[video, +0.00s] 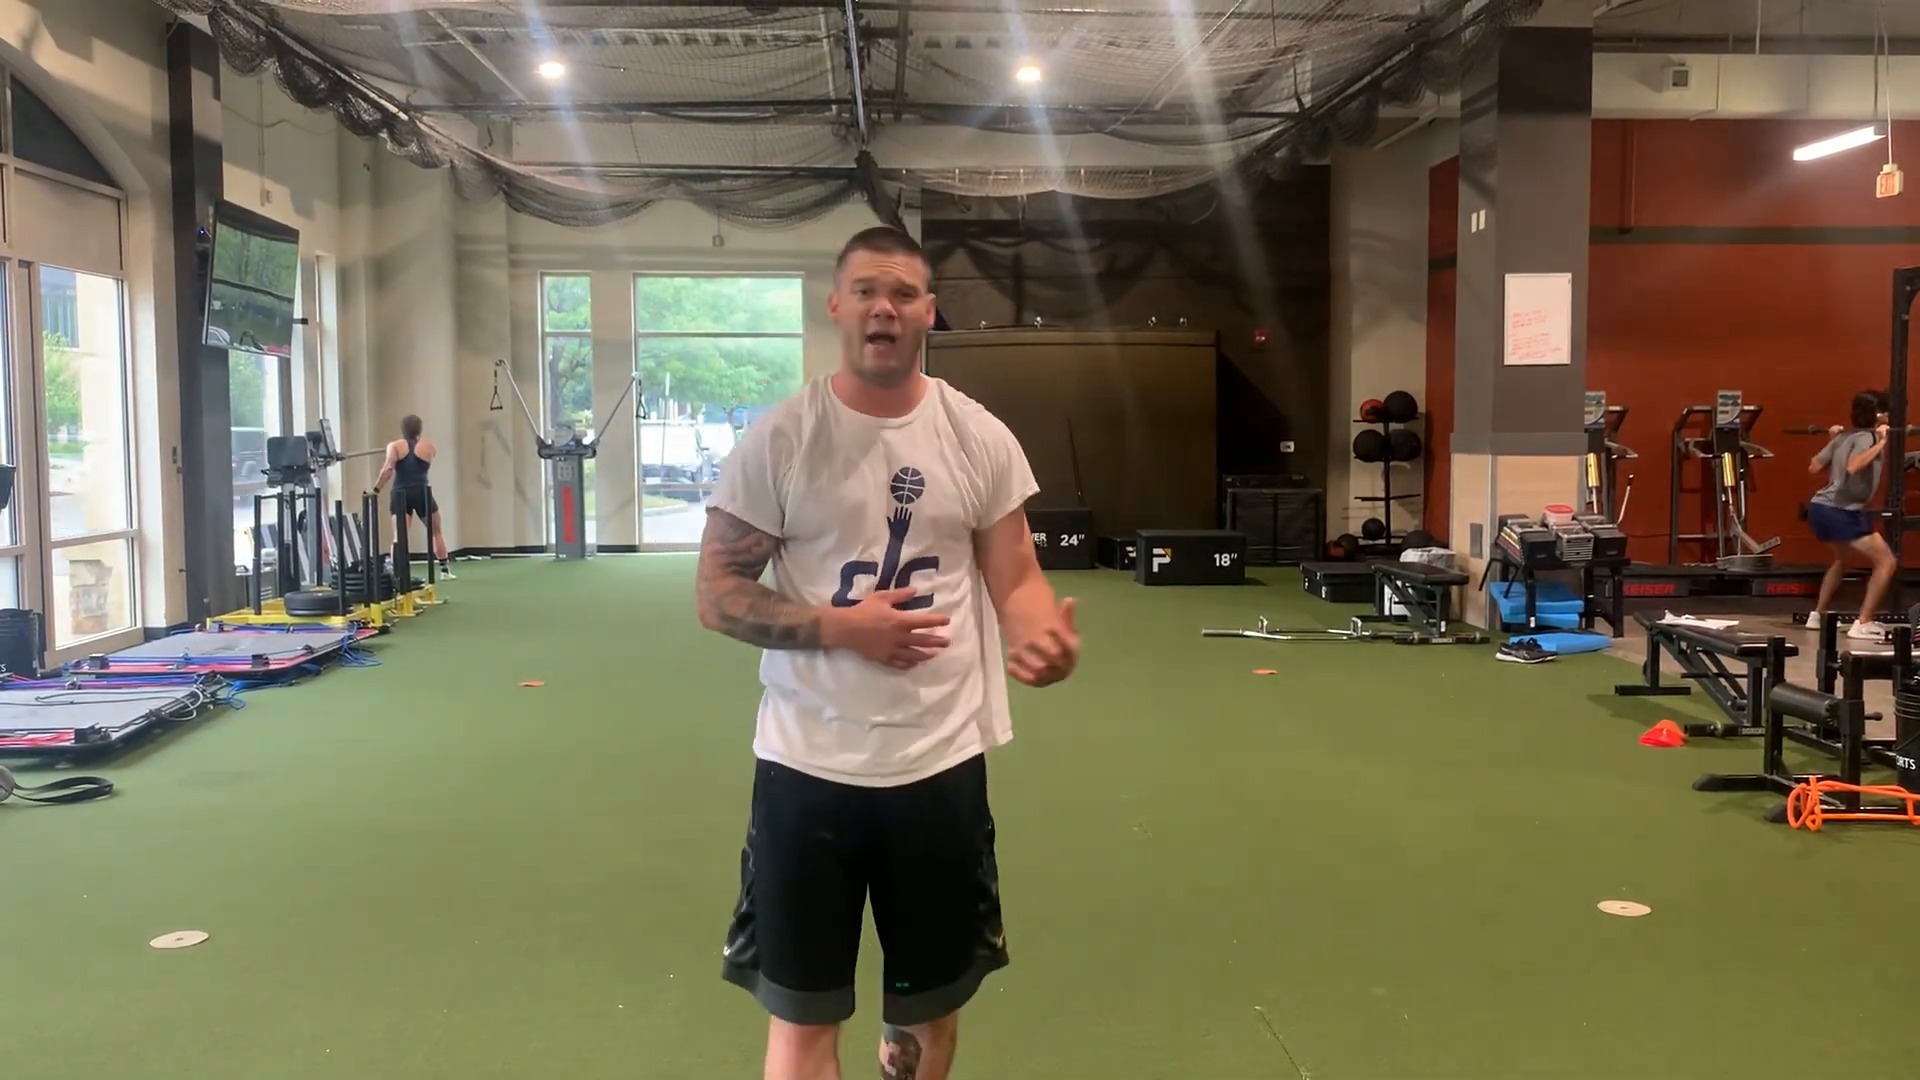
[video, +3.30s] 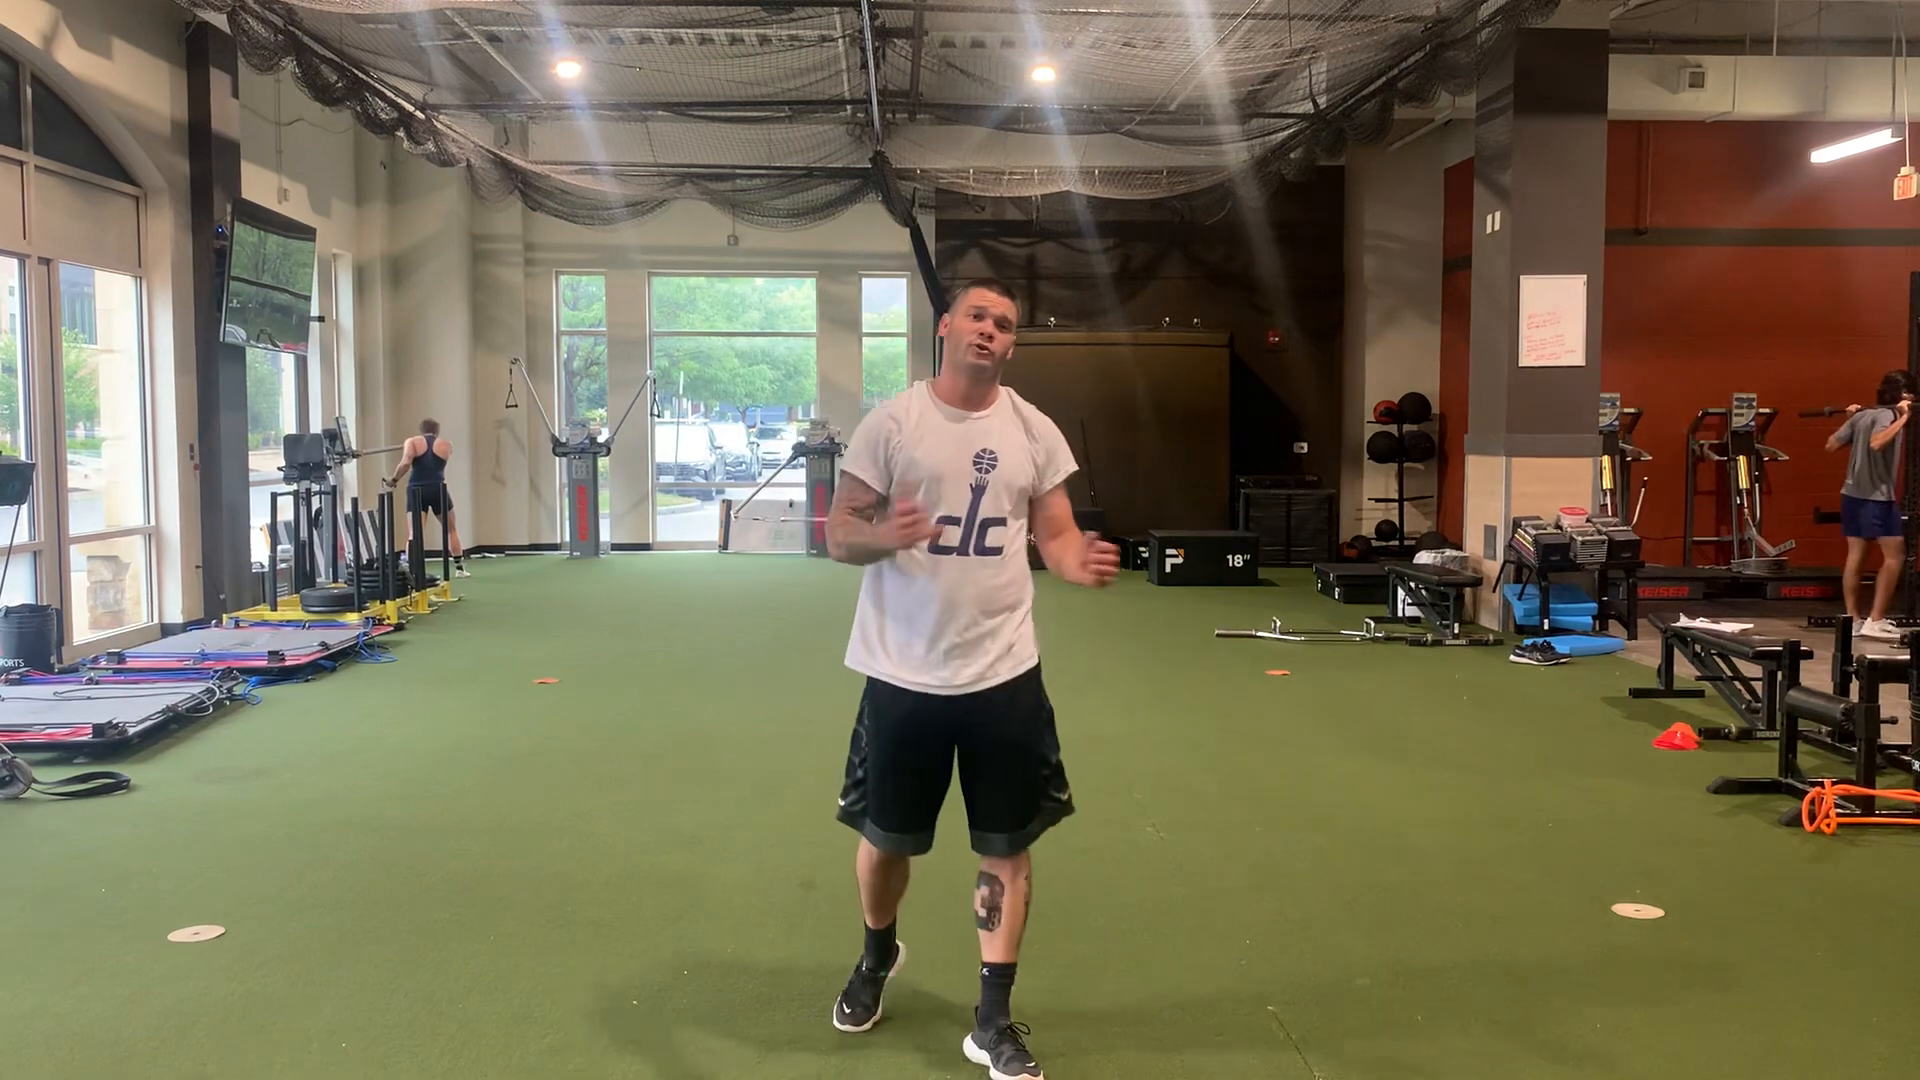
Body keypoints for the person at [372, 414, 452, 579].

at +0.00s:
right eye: (418, 428)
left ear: (403, 430)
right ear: (420, 430)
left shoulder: (394, 447)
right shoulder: (429, 448)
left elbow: (388, 469)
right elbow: (423, 467)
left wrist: (377, 488)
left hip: (400, 493)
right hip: (422, 492)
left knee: (398, 536)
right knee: (436, 532)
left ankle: (394, 571)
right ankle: (445, 569)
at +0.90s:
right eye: (423, 433)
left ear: (407, 433)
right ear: (424, 434)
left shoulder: (398, 449)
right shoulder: (432, 451)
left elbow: (390, 473)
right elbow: (429, 470)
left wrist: (387, 467)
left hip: (404, 496)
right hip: (425, 495)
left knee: (401, 539)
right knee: (439, 535)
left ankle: (396, 573)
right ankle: (448, 573)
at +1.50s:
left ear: (414, 437)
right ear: (431, 437)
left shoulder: (405, 453)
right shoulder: (440, 455)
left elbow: (398, 476)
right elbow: (434, 473)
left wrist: (388, 491)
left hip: (411, 499)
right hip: (432, 498)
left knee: (408, 543)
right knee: (446, 538)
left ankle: (404, 577)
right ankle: (455, 576)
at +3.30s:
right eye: (436, 431)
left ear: (421, 431)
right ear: (437, 431)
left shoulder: (412, 442)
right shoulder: (446, 445)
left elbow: (406, 463)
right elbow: (440, 465)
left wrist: (394, 480)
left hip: (416, 490)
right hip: (437, 489)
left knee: (414, 534)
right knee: (451, 530)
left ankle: (411, 570)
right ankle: (460, 567)